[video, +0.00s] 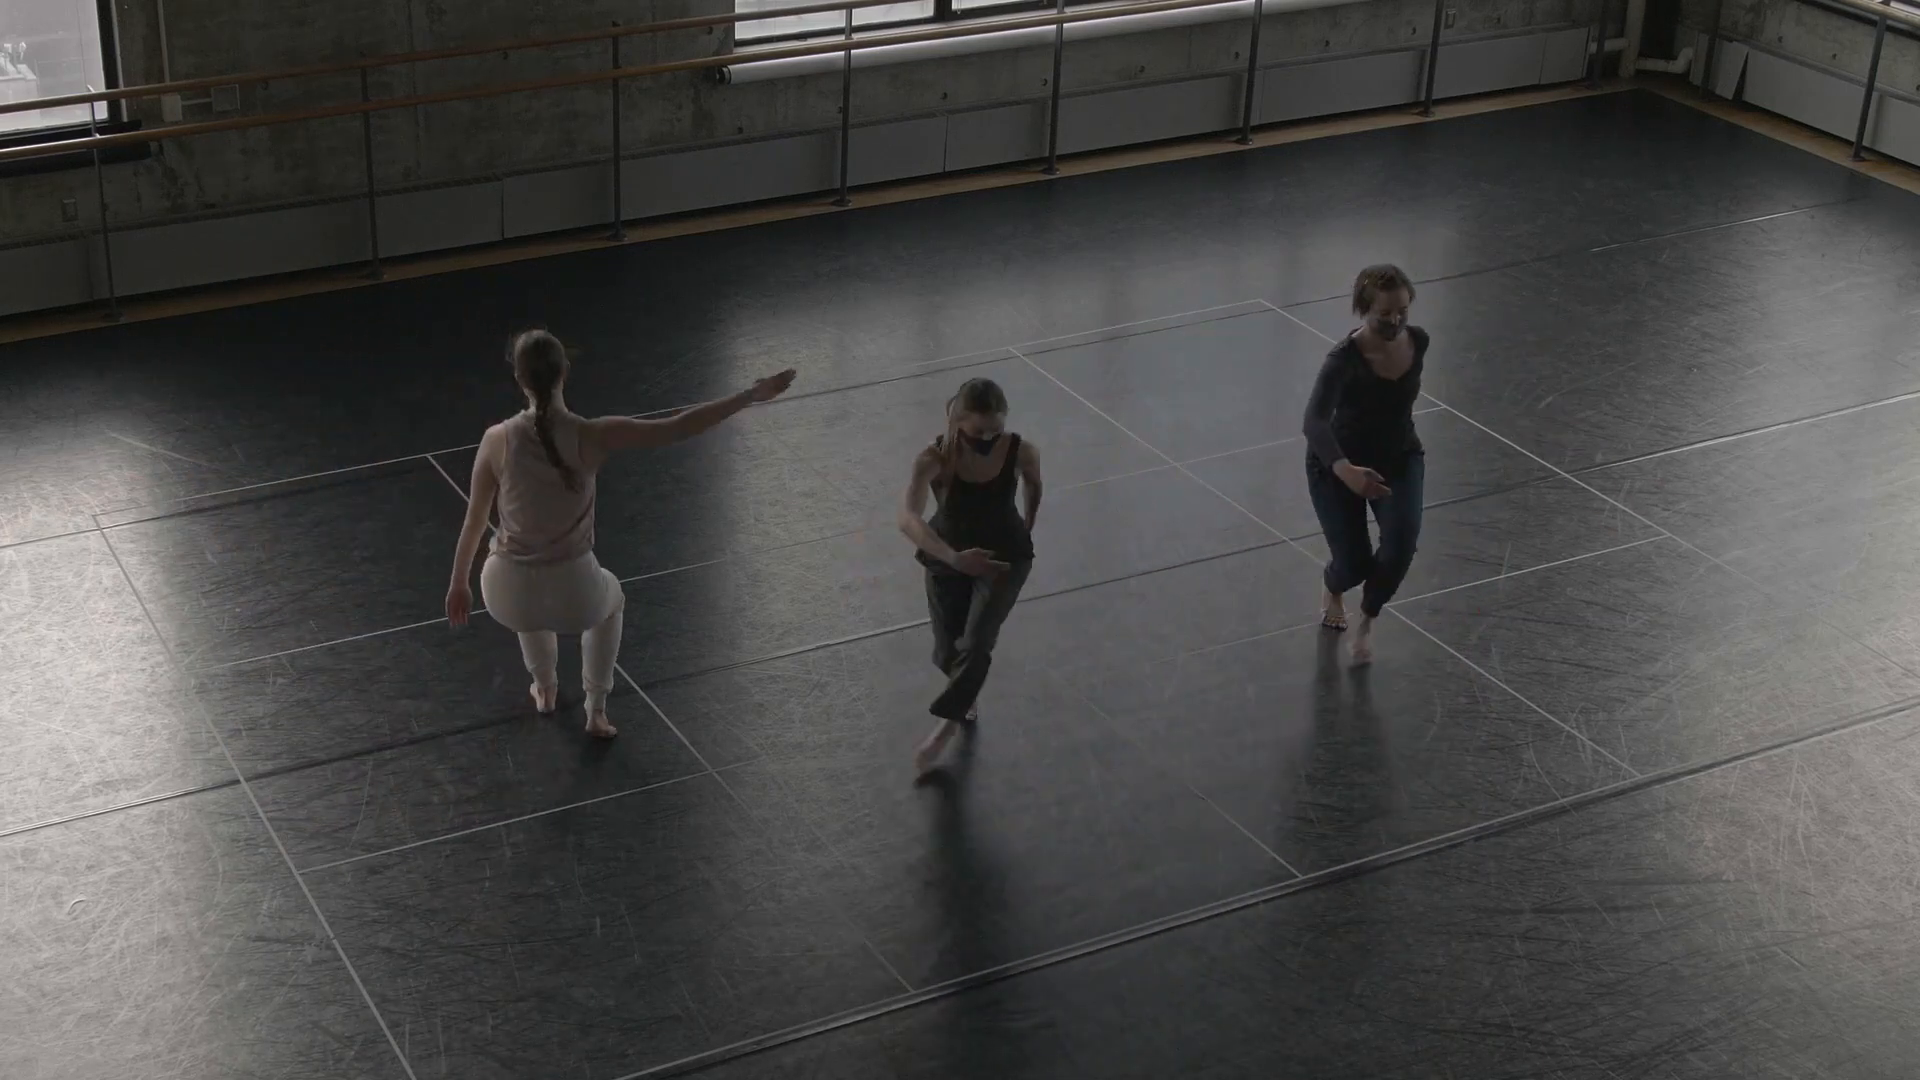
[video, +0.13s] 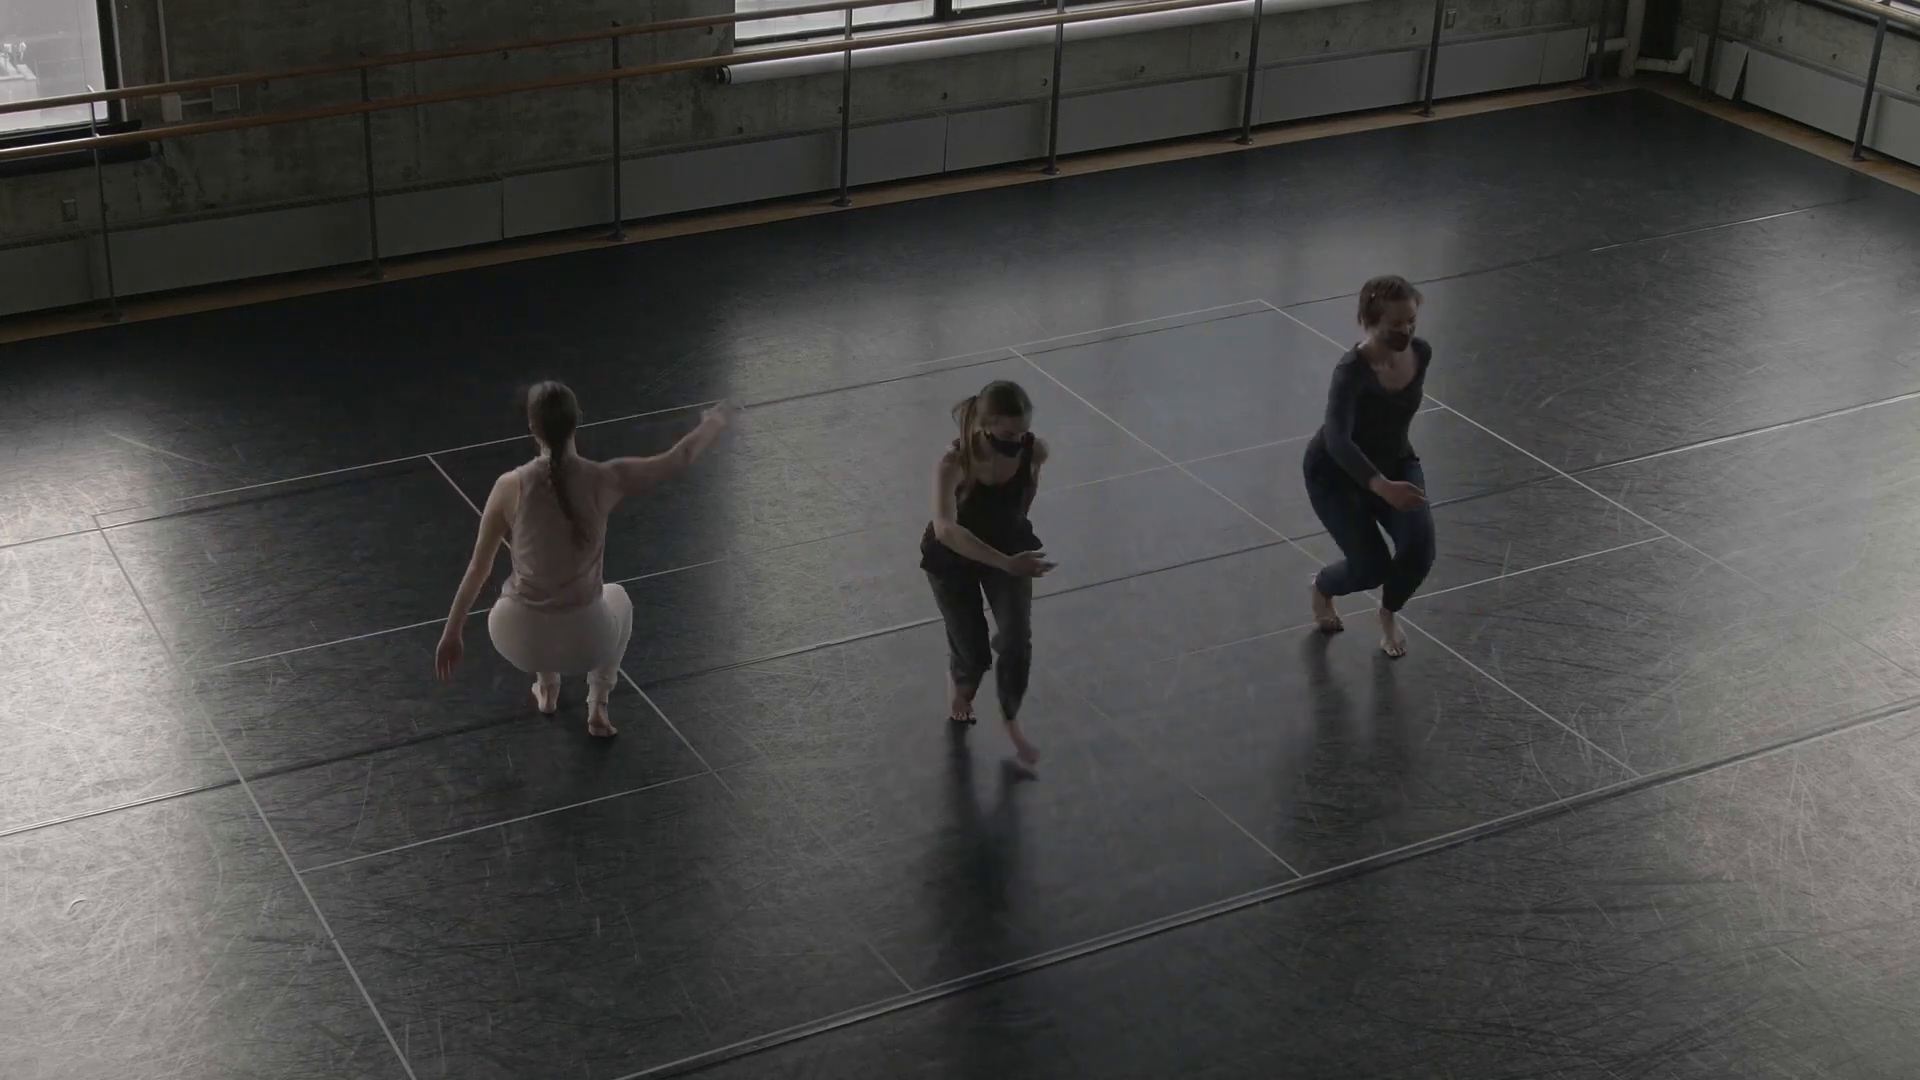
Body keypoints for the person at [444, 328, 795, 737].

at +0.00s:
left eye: (522, 370)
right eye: (560, 366)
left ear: (518, 379)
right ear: (564, 374)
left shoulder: (496, 441)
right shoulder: (593, 435)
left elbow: (474, 521)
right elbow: (676, 427)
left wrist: (458, 582)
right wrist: (750, 395)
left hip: (508, 593)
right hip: (576, 593)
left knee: (526, 590)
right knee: (609, 598)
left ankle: (544, 691)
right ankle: (596, 713)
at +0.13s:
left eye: (534, 421)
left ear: (532, 429)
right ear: (577, 424)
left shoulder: (509, 487)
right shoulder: (604, 478)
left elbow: (478, 568)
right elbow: (676, 461)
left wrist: (452, 630)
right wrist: (713, 424)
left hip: (522, 640)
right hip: (586, 640)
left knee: (523, 590)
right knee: (617, 597)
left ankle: (546, 689)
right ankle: (598, 709)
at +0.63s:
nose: (500, 364)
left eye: (506, 358)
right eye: (502, 356)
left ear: (532, 369)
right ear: (546, 364)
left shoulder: (543, 426)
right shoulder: (569, 394)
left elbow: (577, 512)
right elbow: (517, 404)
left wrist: (595, 589)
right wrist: (450, 425)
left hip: (605, 562)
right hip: (640, 546)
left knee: (510, 591)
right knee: (560, 618)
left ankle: (530, 682)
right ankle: (624, 701)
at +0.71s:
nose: (499, 359)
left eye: (506, 353)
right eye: (501, 350)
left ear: (534, 364)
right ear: (541, 361)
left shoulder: (555, 421)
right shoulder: (564, 391)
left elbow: (590, 508)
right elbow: (498, 404)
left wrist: (609, 585)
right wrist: (439, 429)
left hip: (614, 550)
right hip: (639, 534)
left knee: (509, 597)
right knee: (552, 623)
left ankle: (524, 698)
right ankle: (626, 700)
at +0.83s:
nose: (496, 379)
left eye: (503, 372)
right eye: (497, 370)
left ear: (533, 381)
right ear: (537, 379)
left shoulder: (565, 437)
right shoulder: (544, 408)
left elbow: (598, 521)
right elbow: (476, 421)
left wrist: (612, 602)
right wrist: (428, 454)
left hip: (622, 558)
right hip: (619, 545)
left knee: (509, 617)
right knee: (546, 633)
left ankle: (546, 729)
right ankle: (627, 696)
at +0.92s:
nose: (493, 410)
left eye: (499, 403)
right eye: (494, 401)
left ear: (529, 408)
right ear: (528, 406)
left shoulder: (567, 463)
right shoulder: (532, 436)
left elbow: (599, 550)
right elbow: (464, 448)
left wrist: (606, 630)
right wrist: (422, 483)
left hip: (628, 579)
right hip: (596, 564)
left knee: (518, 641)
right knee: (534, 633)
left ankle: (563, 752)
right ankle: (621, 693)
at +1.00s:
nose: (488, 454)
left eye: (495, 446)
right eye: (488, 444)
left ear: (526, 448)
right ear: (520, 447)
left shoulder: (567, 497)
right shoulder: (519, 474)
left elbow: (596, 586)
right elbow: (448, 489)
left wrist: (601, 669)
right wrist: (414, 525)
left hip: (634, 606)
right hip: (598, 591)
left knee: (526, 659)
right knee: (513, 658)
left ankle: (568, 759)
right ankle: (618, 696)